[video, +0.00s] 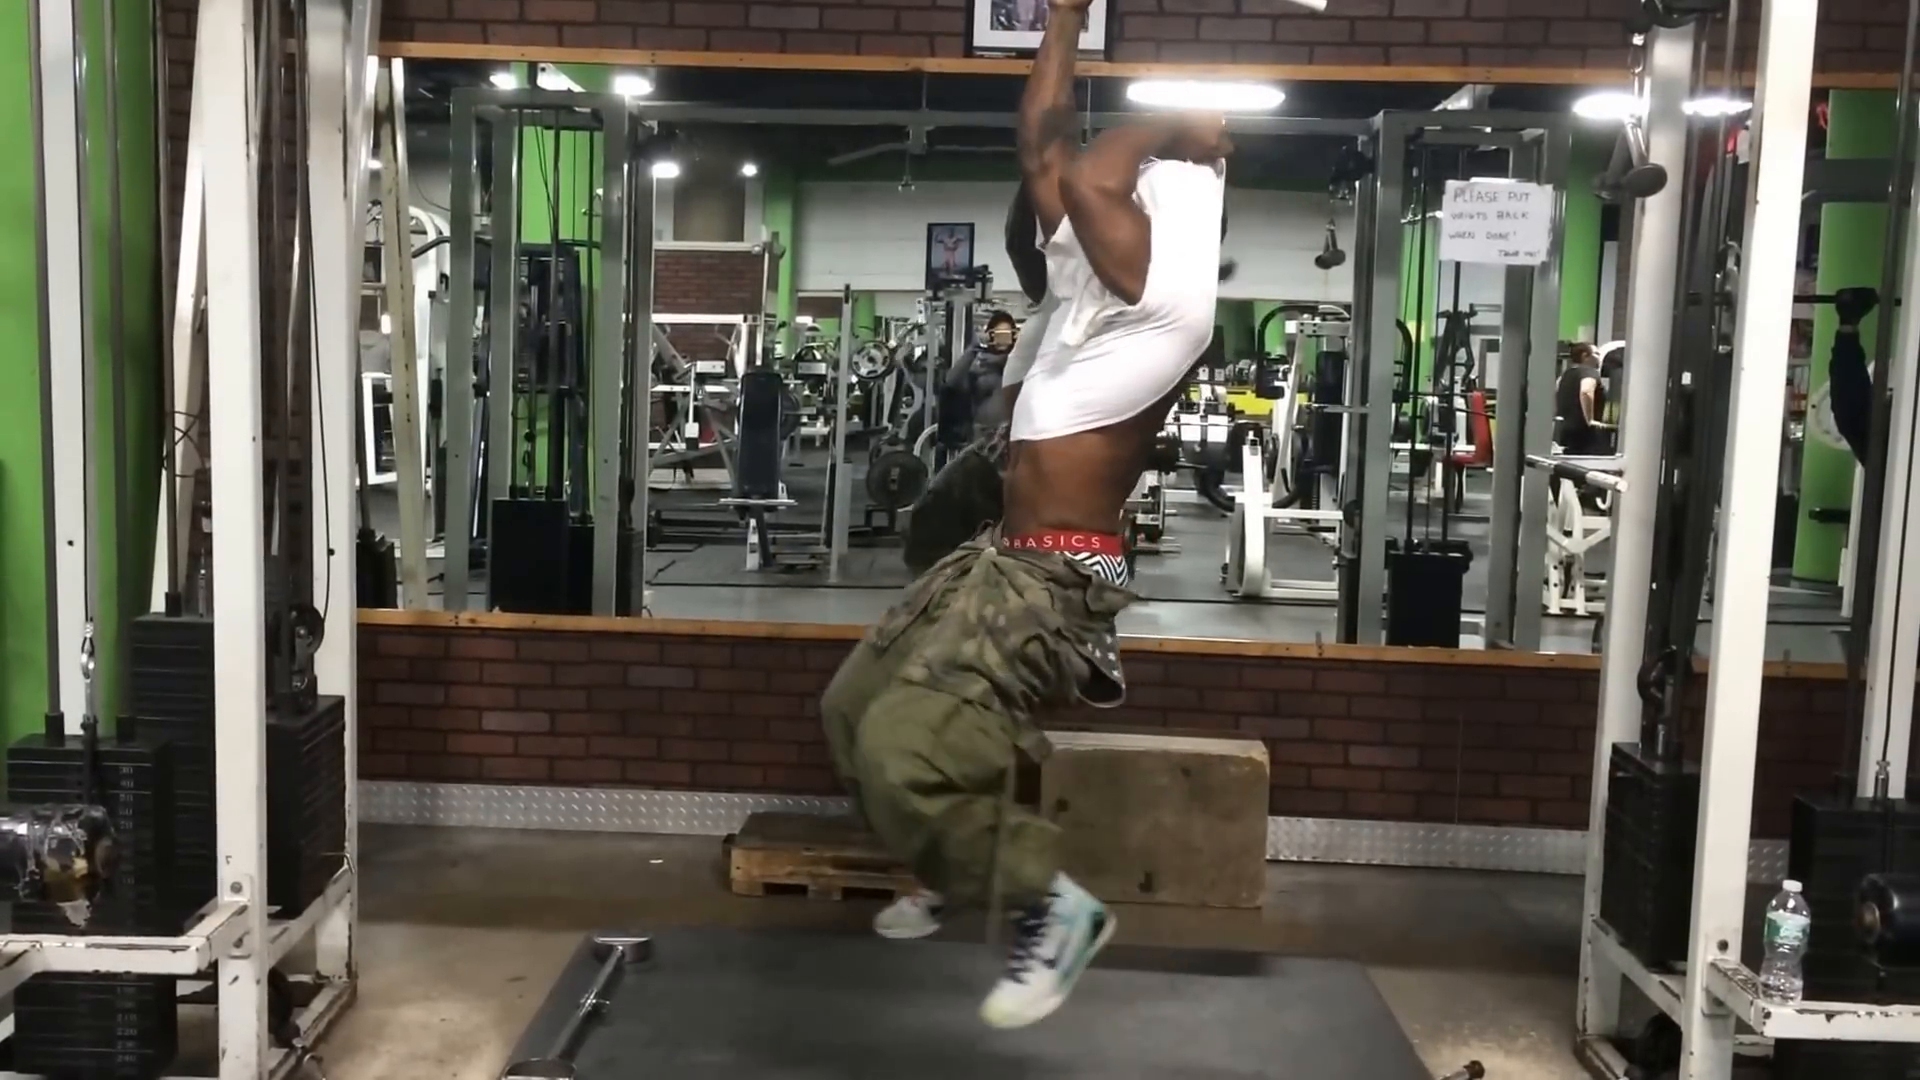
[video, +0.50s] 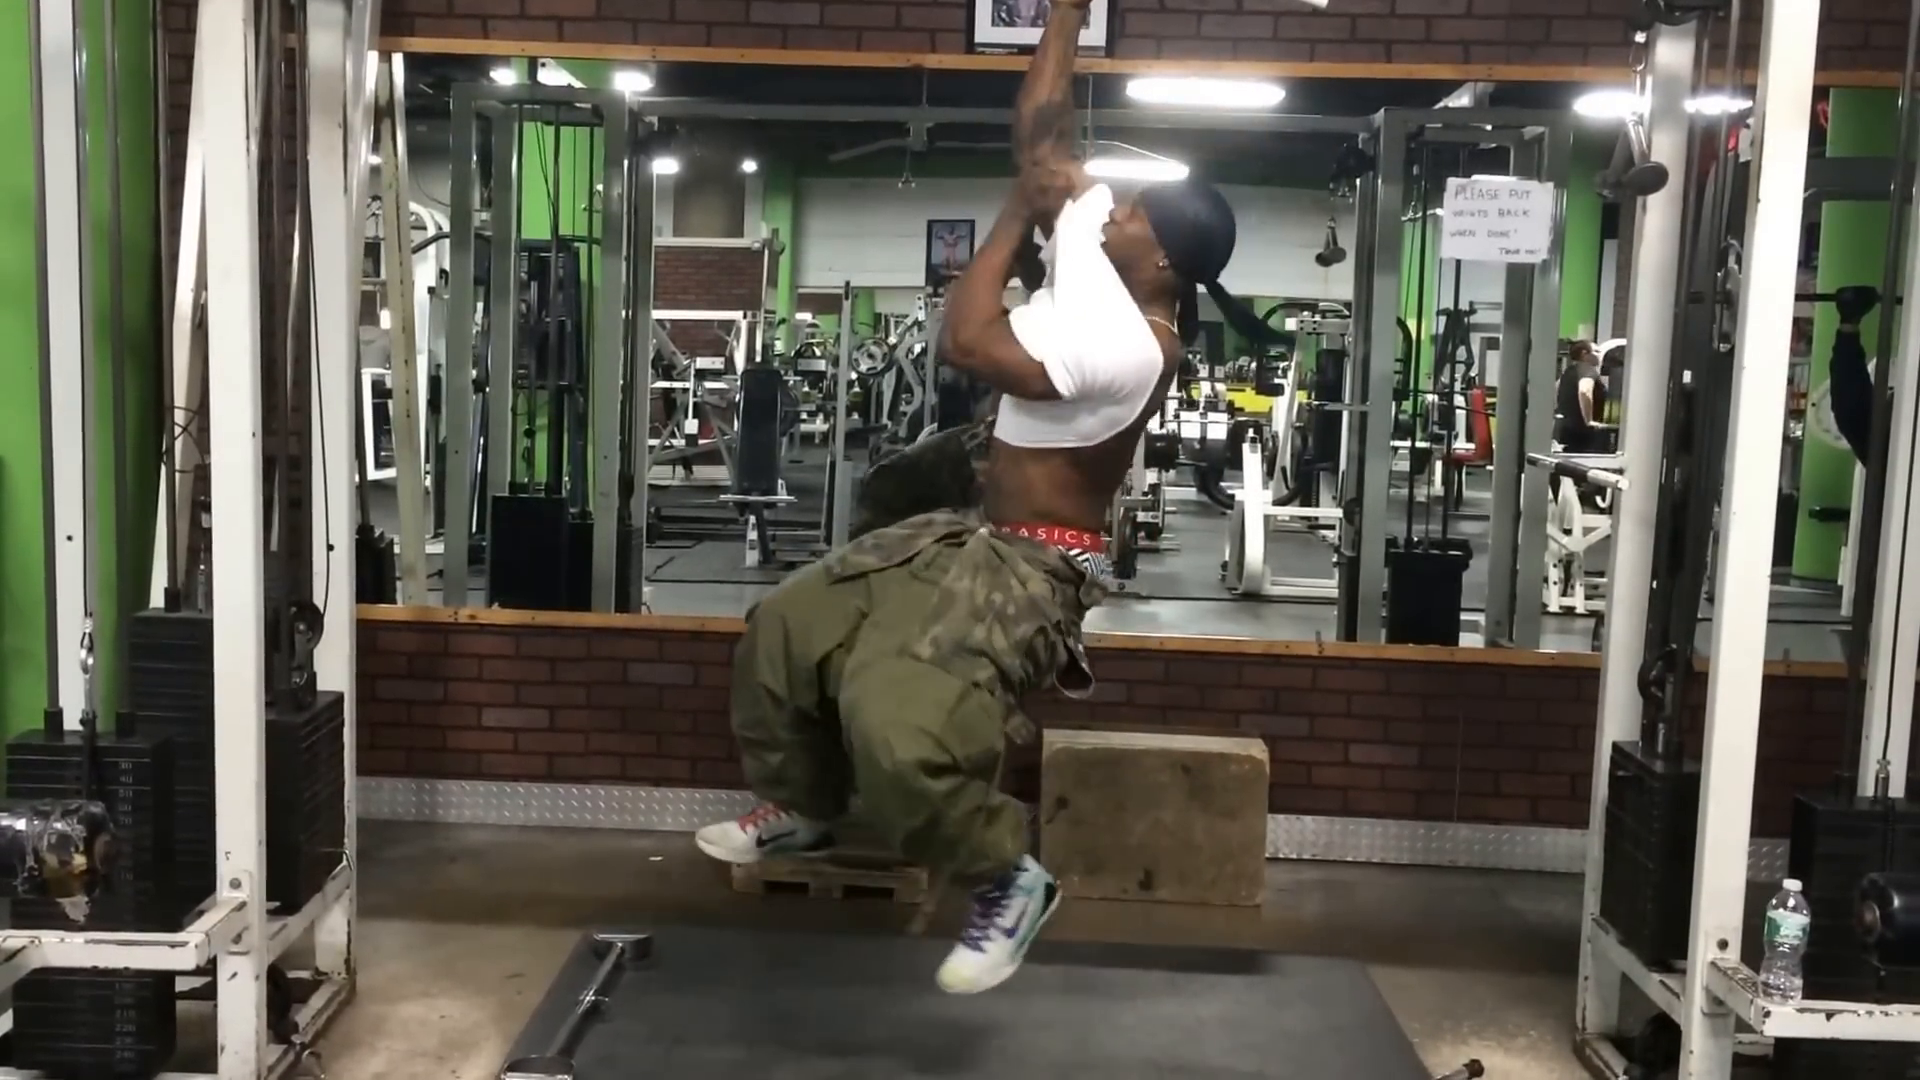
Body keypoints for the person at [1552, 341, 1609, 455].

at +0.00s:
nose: (1600, 358)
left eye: (1598, 354)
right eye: (1596, 353)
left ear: (1584, 356)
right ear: (1585, 356)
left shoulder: (1566, 374)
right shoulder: (1590, 372)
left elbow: (1557, 391)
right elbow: (1586, 393)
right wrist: (1590, 420)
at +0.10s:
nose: (1600, 358)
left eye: (1600, 354)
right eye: (1597, 353)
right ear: (1586, 356)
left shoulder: (1564, 373)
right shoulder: (1591, 372)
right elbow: (1588, 386)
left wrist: (1558, 409)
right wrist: (1592, 413)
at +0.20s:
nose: (1601, 357)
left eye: (1600, 353)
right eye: (1598, 353)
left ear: (1576, 358)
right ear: (1587, 356)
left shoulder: (1564, 372)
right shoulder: (1592, 370)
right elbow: (1589, 383)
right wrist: (1593, 410)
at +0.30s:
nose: (1602, 357)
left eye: (1601, 353)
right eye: (1598, 353)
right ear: (1588, 355)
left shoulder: (1565, 371)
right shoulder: (1593, 370)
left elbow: (1557, 377)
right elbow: (1590, 383)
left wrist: (1560, 405)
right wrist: (1593, 410)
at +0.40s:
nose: (1601, 356)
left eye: (1600, 352)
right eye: (1598, 352)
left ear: (1585, 355)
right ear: (1587, 354)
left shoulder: (1569, 371)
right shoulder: (1591, 370)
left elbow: (1557, 380)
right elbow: (1588, 386)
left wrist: (1559, 408)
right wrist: (1591, 413)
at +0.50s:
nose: (1599, 355)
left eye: (1598, 351)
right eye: (1596, 351)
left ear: (1583, 354)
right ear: (1585, 354)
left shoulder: (1570, 370)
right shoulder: (1588, 370)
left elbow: (1557, 387)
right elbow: (1584, 391)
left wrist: (1560, 409)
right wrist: (1589, 420)